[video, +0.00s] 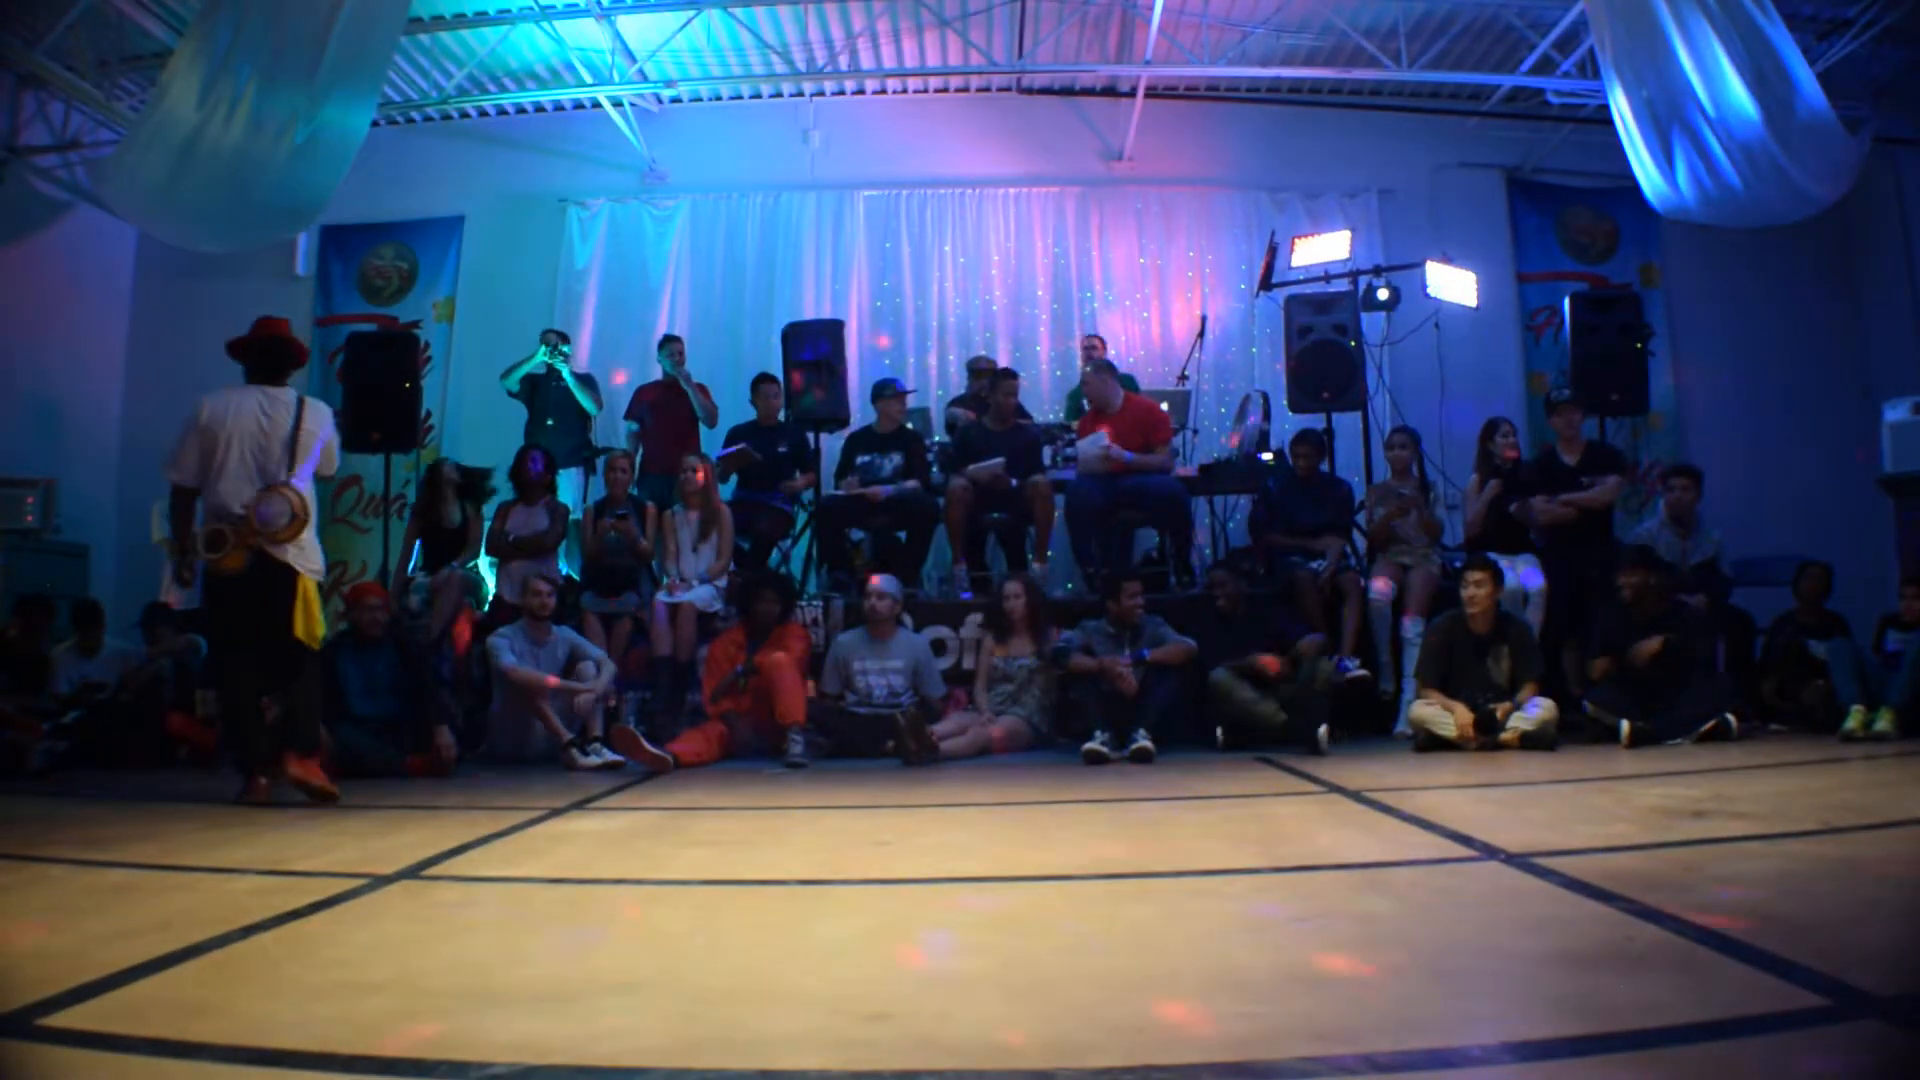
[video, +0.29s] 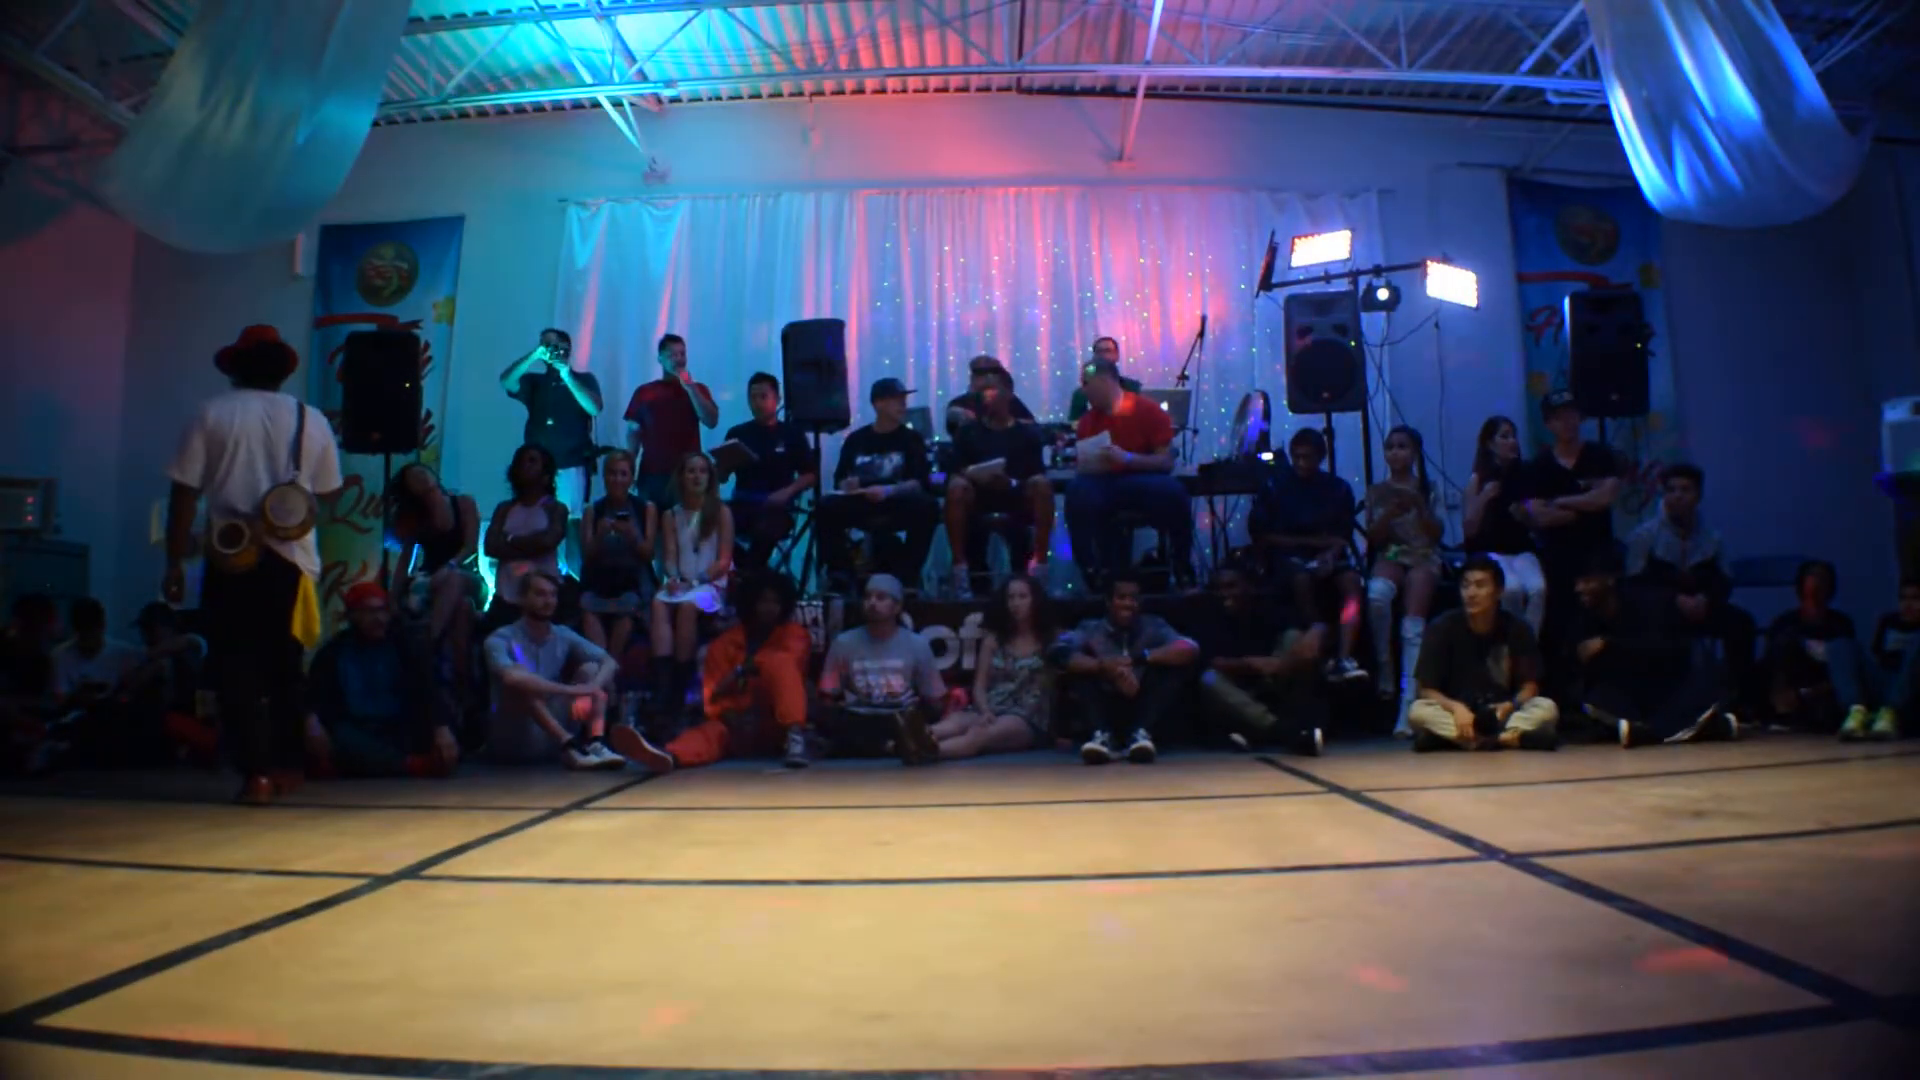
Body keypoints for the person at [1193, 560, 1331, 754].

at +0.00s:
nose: (1218, 593)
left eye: (1223, 586)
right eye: (1213, 588)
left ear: (1239, 585)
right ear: (1209, 591)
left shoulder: (1264, 611)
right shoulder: (1212, 622)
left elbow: (1311, 640)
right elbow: (1213, 663)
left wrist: (1287, 661)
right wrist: (1253, 662)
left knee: (1322, 666)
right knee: (1219, 678)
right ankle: (1298, 732)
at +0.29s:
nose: (1226, 594)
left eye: (1232, 586)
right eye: (1221, 588)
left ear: (1247, 586)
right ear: (1215, 593)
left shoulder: (1266, 612)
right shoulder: (1215, 621)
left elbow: (1314, 624)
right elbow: (1212, 661)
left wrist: (1312, 639)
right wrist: (1252, 663)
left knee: (1293, 638)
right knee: (1210, 679)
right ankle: (1282, 733)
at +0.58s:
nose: (1232, 594)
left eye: (1238, 587)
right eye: (1227, 589)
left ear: (1252, 587)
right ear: (1221, 592)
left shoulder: (1272, 614)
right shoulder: (1220, 623)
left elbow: (1313, 635)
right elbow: (1214, 668)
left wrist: (1270, 665)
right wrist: (1257, 680)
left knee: (1291, 637)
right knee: (1203, 686)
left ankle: (1251, 736)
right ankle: (1284, 735)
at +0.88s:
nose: (1232, 592)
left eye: (1238, 585)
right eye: (1227, 587)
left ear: (1253, 585)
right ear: (1221, 590)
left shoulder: (1272, 613)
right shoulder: (1218, 622)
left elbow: (1316, 634)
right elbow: (1215, 670)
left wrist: (1280, 673)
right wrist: (1262, 687)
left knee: (1299, 641)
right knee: (1201, 691)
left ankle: (1250, 734)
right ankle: (1281, 735)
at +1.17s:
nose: (1234, 593)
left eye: (1239, 585)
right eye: (1226, 587)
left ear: (1251, 586)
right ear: (1218, 593)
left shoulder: (1270, 612)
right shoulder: (1216, 624)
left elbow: (1313, 632)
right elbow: (1215, 673)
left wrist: (1285, 681)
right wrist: (1269, 694)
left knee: (1298, 640)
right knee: (1200, 693)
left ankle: (1250, 734)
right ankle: (1279, 734)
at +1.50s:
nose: (1232, 592)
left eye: (1237, 584)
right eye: (1225, 587)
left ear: (1249, 585)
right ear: (1217, 593)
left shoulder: (1267, 613)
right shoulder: (1214, 626)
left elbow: (1311, 629)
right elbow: (1215, 677)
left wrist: (1281, 677)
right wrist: (1268, 690)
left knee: (1298, 639)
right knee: (1198, 694)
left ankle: (1249, 734)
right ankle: (1278, 734)